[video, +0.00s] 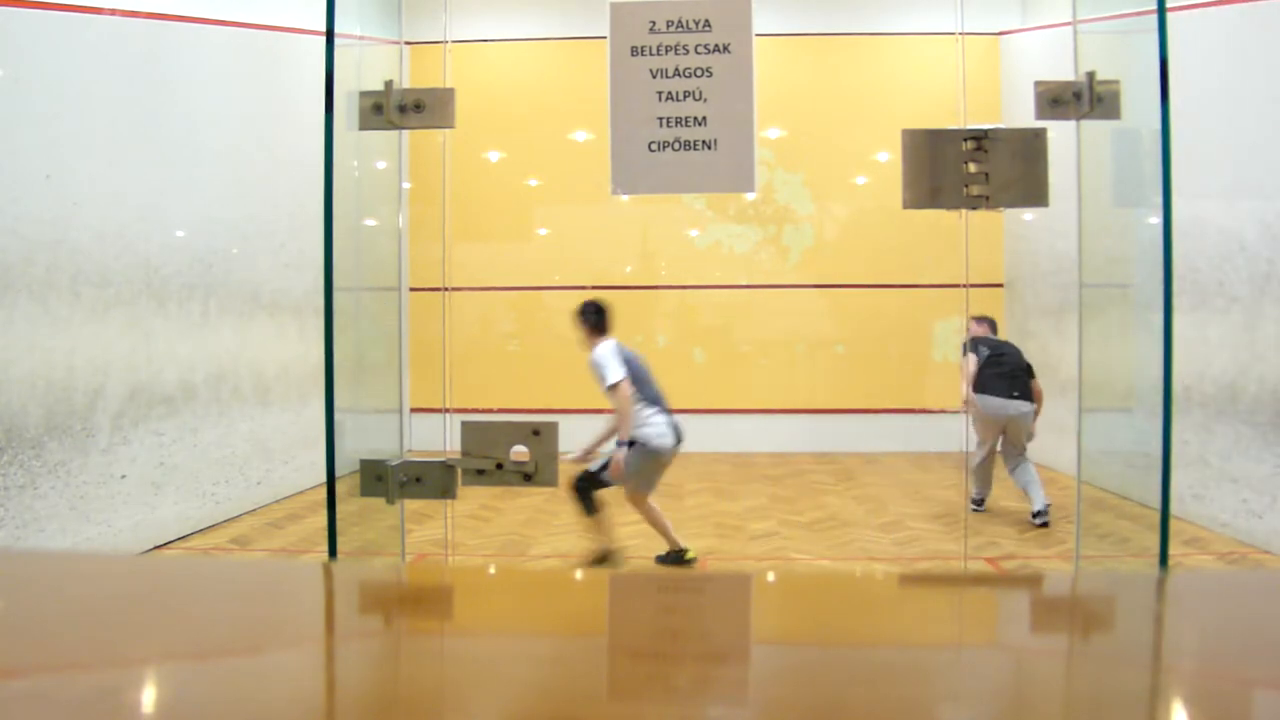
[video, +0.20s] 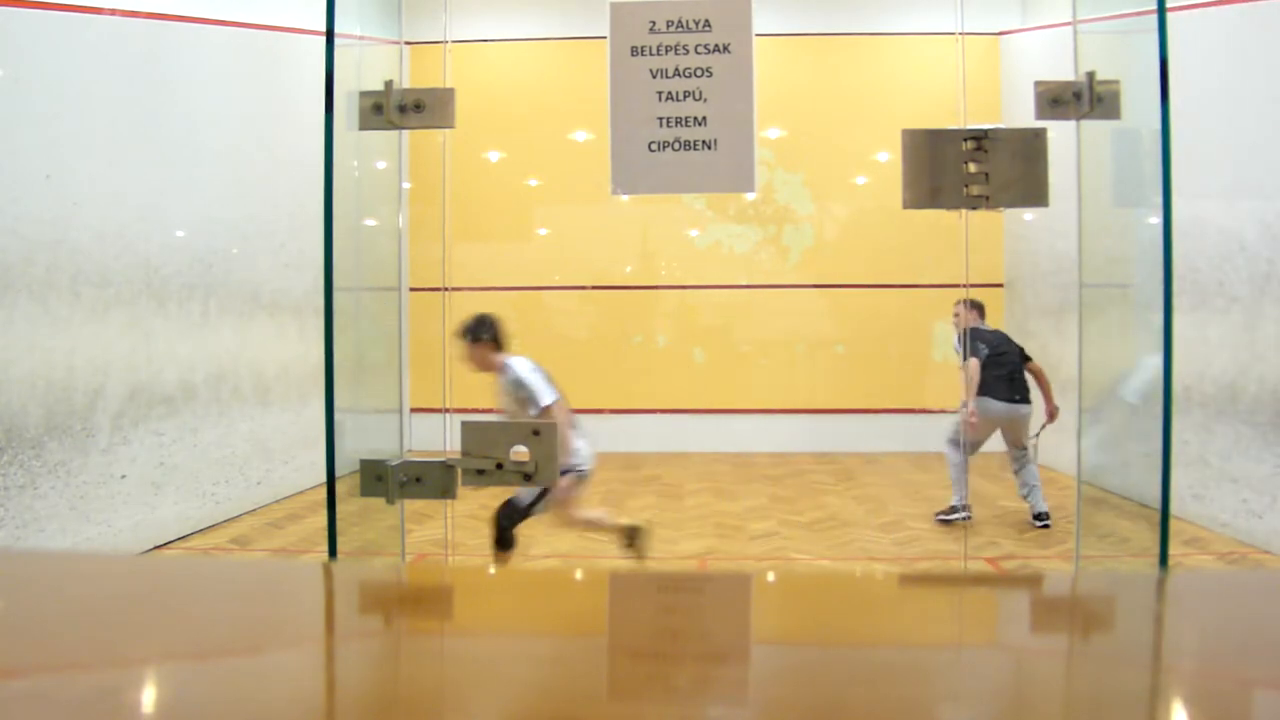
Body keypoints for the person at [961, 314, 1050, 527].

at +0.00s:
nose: (968, 332)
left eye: (971, 328)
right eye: (969, 328)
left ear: (982, 327)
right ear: (993, 330)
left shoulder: (974, 343)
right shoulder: (1014, 350)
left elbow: (972, 363)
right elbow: (1036, 390)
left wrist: (967, 393)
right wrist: (1032, 420)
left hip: (988, 401)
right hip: (1023, 406)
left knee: (984, 449)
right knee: (1016, 455)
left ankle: (979, 496)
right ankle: (1040, 505)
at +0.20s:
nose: (955, 321)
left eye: (957, 315)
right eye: (954, 316)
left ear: (973, 314)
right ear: (980, 317)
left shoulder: (969, 335)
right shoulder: (1004, 337)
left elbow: (974, 363)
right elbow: (1036, 370)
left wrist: (970, 403)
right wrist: (1050, 403)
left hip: (989, 403)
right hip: (1020, 407)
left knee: (957, 445)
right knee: (1021, 456)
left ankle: (959, 503)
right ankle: (1039, 509)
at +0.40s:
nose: (925, 303)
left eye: (929, 297)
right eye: (925, 297)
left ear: (947, 298)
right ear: (949, 300)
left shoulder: (940, 324)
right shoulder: (977, 325)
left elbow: (940, 365)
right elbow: (1009, 355)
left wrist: (927, 408)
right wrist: (1027, 389)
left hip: (956, 407)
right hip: (989, 409)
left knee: (922, 461)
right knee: (1002, 455)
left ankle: (930, 525)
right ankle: (1036, 509)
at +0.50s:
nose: (907, 293)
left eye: (912, 288)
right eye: (907, 288)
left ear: (930, 291)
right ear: (931, 293)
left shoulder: (923, 322)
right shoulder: (957, 321)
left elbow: (912, 368)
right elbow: (984, 354)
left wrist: (894, 409)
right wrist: (1002, 387)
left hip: (939, 405)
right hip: (966, 407)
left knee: (905, 464)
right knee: (971, 457)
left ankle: (929, 527)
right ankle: (1018, 507)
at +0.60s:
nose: (890, 285)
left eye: (895, 280)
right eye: (891, 280)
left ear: (915, 284)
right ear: (914, 285)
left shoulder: (910, 314)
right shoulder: (936, 313)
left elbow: (890, 364)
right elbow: (958, 353)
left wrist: (864, 405)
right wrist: (974, 383)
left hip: (925, 398)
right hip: (946, 398)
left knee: (902, 467)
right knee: (930, 458)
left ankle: (929, 528)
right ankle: (973, 506)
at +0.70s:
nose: (872, 278)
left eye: (878, 273)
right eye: (873, 273)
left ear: (897, 276)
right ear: (896, 278)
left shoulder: (893, 307)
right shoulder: (915, 306)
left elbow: (874, 357)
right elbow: (934, 347)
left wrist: (840, 393)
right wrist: (937, 382)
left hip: (910, 396)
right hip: (915, 394)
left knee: (903, 464)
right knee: (882, 452)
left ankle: (930, 526)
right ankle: (913, 515)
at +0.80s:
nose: (854, 277)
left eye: (860, 271)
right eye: (854, 271)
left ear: (878, 275)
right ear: (874, 277)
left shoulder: (875, 306)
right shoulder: (892, 305)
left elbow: (855, 354)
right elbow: (910, 344)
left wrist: (817, 386)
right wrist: (902, 379)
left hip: (892, 397)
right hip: (881, 398)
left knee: (900, 467)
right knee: (848, 451)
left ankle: (929, 526)